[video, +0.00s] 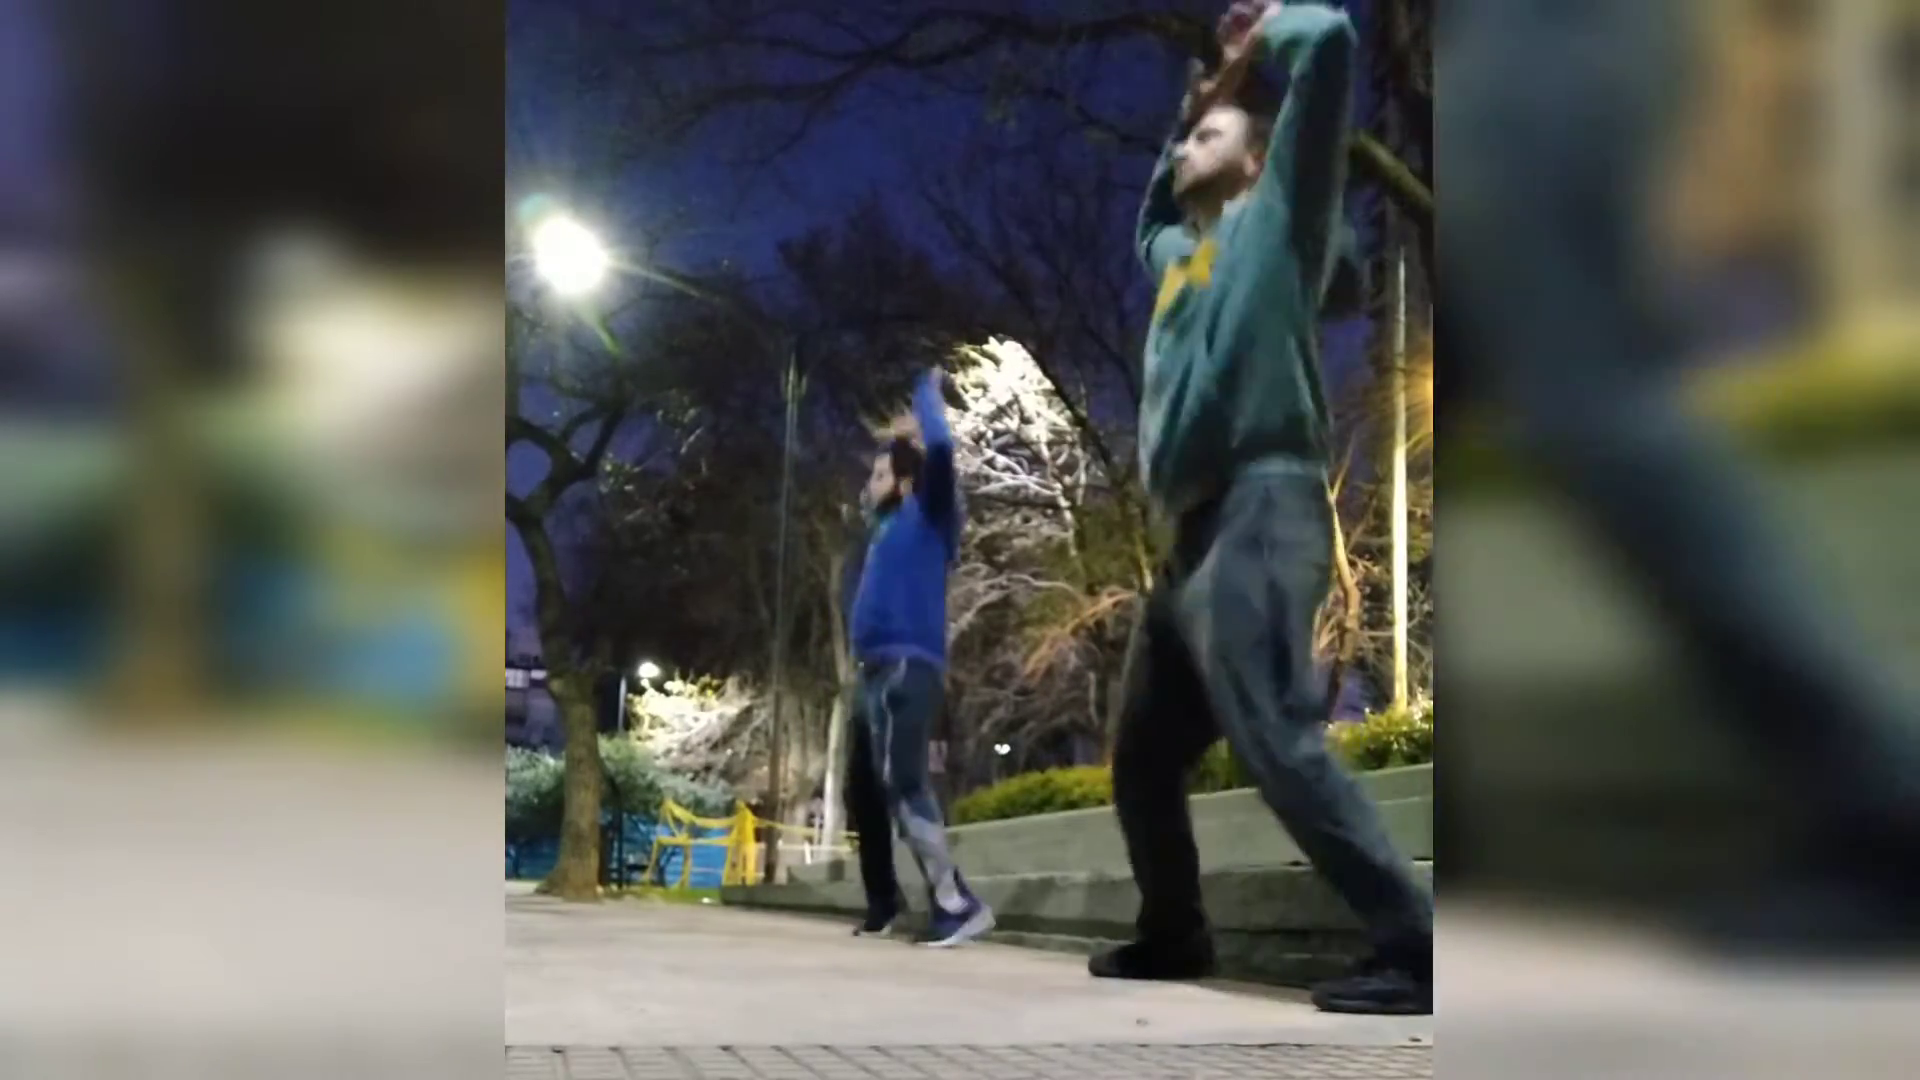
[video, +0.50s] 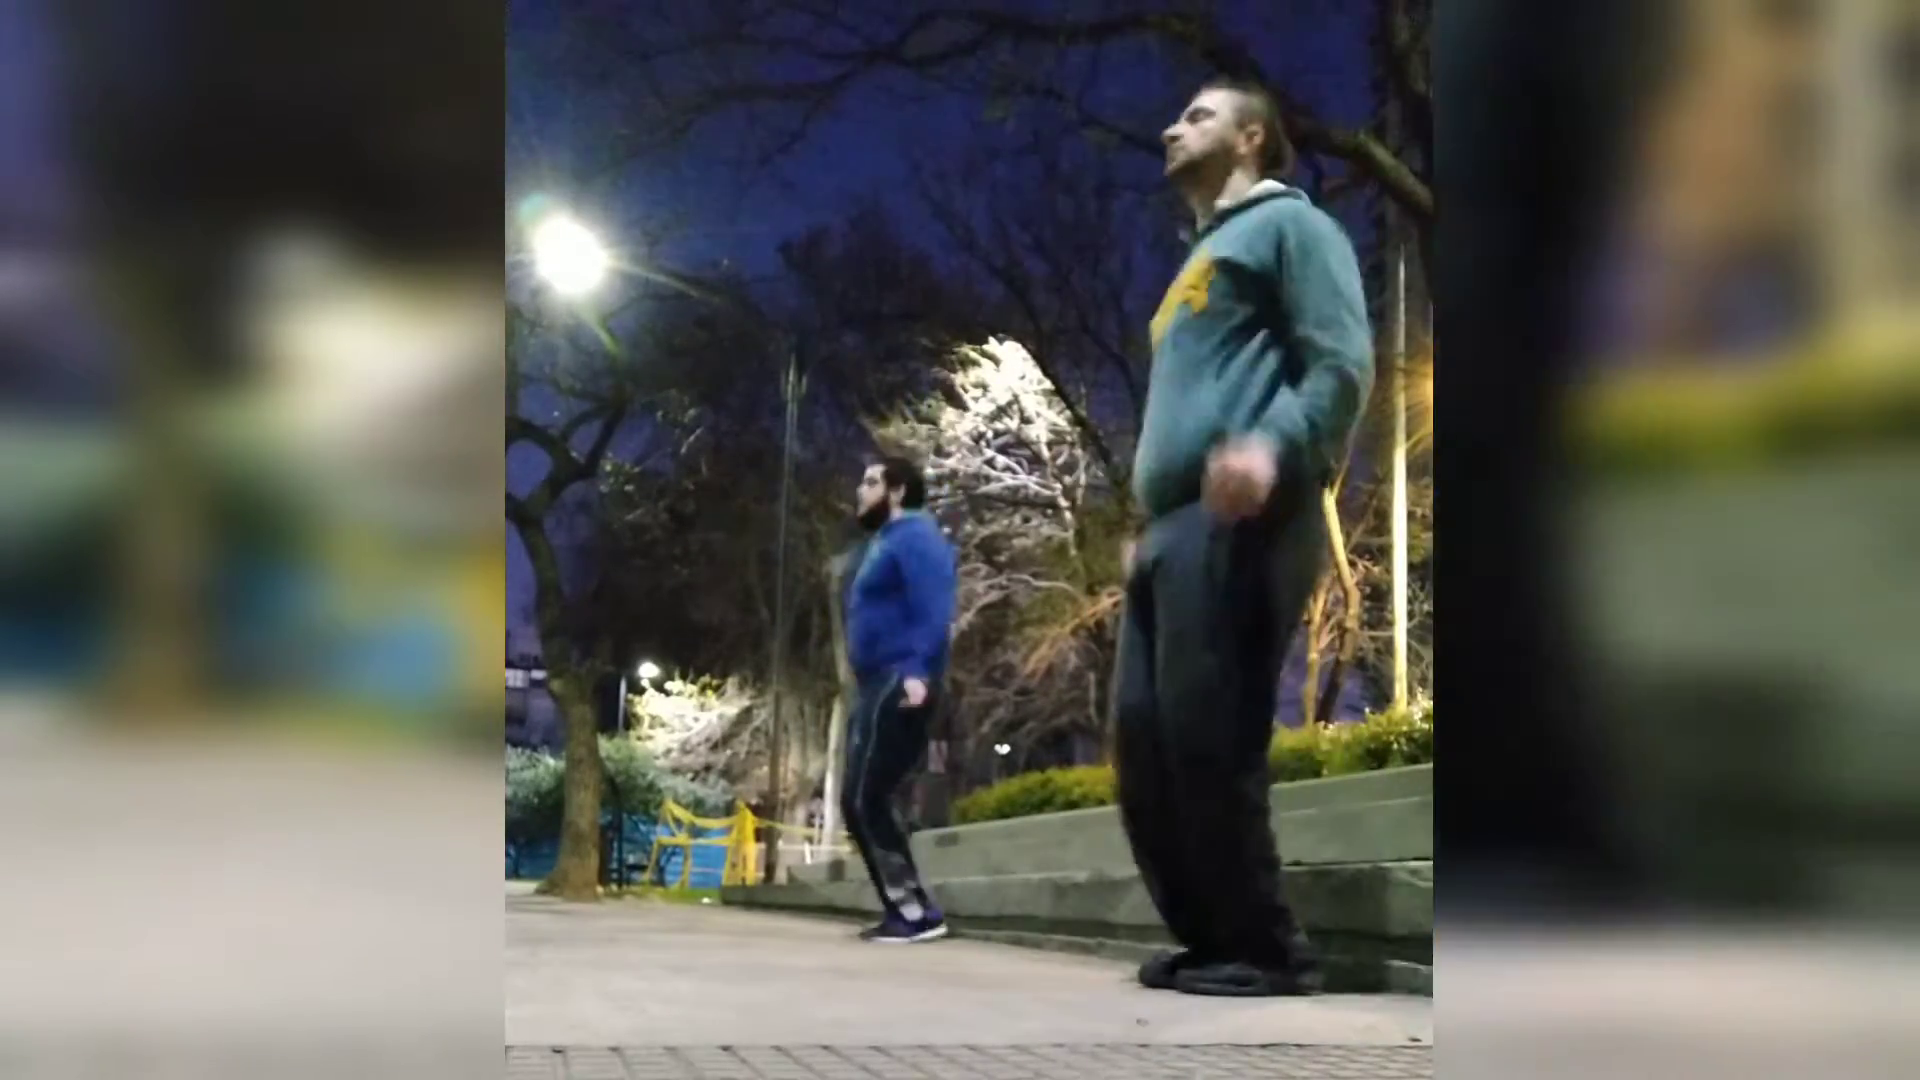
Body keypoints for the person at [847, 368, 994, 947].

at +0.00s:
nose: (874, 477)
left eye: (882, 469)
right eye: (875, 468)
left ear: (907, 474)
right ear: (890, 476)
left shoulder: (932, 517)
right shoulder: (882, 527)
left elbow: (940, 451)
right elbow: (871, 501)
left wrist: (928, 395)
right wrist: (885, 471)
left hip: (912, 661)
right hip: (871, 665)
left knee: (903, 782)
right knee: (864, 791)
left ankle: (955, 904)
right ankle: (883, 902)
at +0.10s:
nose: (874, 498)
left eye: (881, 491)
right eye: (875, 491)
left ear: (905, 494)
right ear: (894, 498)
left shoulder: (929, 527)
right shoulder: (888, 543)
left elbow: (935, 459)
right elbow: (867, 583)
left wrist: (921, 416)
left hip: (909, 674)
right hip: (875, 678)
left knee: (903, 799)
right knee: (864, 804)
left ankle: (963, 914)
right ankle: (895, 909)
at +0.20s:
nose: (877, 463)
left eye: (886, 455)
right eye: (877, 455)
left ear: (911, 461)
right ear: (887, 465)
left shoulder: (929, 503)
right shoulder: (879, 512)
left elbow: (954, 456)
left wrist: (948, 388)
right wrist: (859, 510)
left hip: (909, 639)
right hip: (869, 643)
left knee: (912, 768)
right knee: (870, 774)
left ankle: (947, 893)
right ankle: (887, 887)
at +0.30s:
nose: (869, 454)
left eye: (878, 445)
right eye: (870, 445)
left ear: (907, 453)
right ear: (892, 455)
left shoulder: (920, 486)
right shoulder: (884, 498)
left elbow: (945, 505)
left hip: (905, 626)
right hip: (874, 630)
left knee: (896, 756)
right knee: (871, 763)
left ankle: (934, 884)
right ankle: (892, 884)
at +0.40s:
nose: (863, 468)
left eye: (872, 459)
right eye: (865, 459)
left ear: (898, 467)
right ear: (892, 468)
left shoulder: (918, 507)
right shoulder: (878, 518)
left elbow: (938, 576)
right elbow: (875, 591)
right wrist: (861, 652)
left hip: (904, 651)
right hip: (873, 653)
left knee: (874, 772)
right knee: (862, 777)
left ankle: (909, 897)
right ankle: (894, 902)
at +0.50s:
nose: (860, 492)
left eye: (869, 483)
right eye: (862, 483)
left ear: (897, 490)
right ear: (892, 491)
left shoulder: (915, 535)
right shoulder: (885, 539)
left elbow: (932, 606)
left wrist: (918, 670)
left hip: (900, 680)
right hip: (876, 680)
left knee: (866, 796)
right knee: (860, 797)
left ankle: (911, 910)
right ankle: (902, 907)